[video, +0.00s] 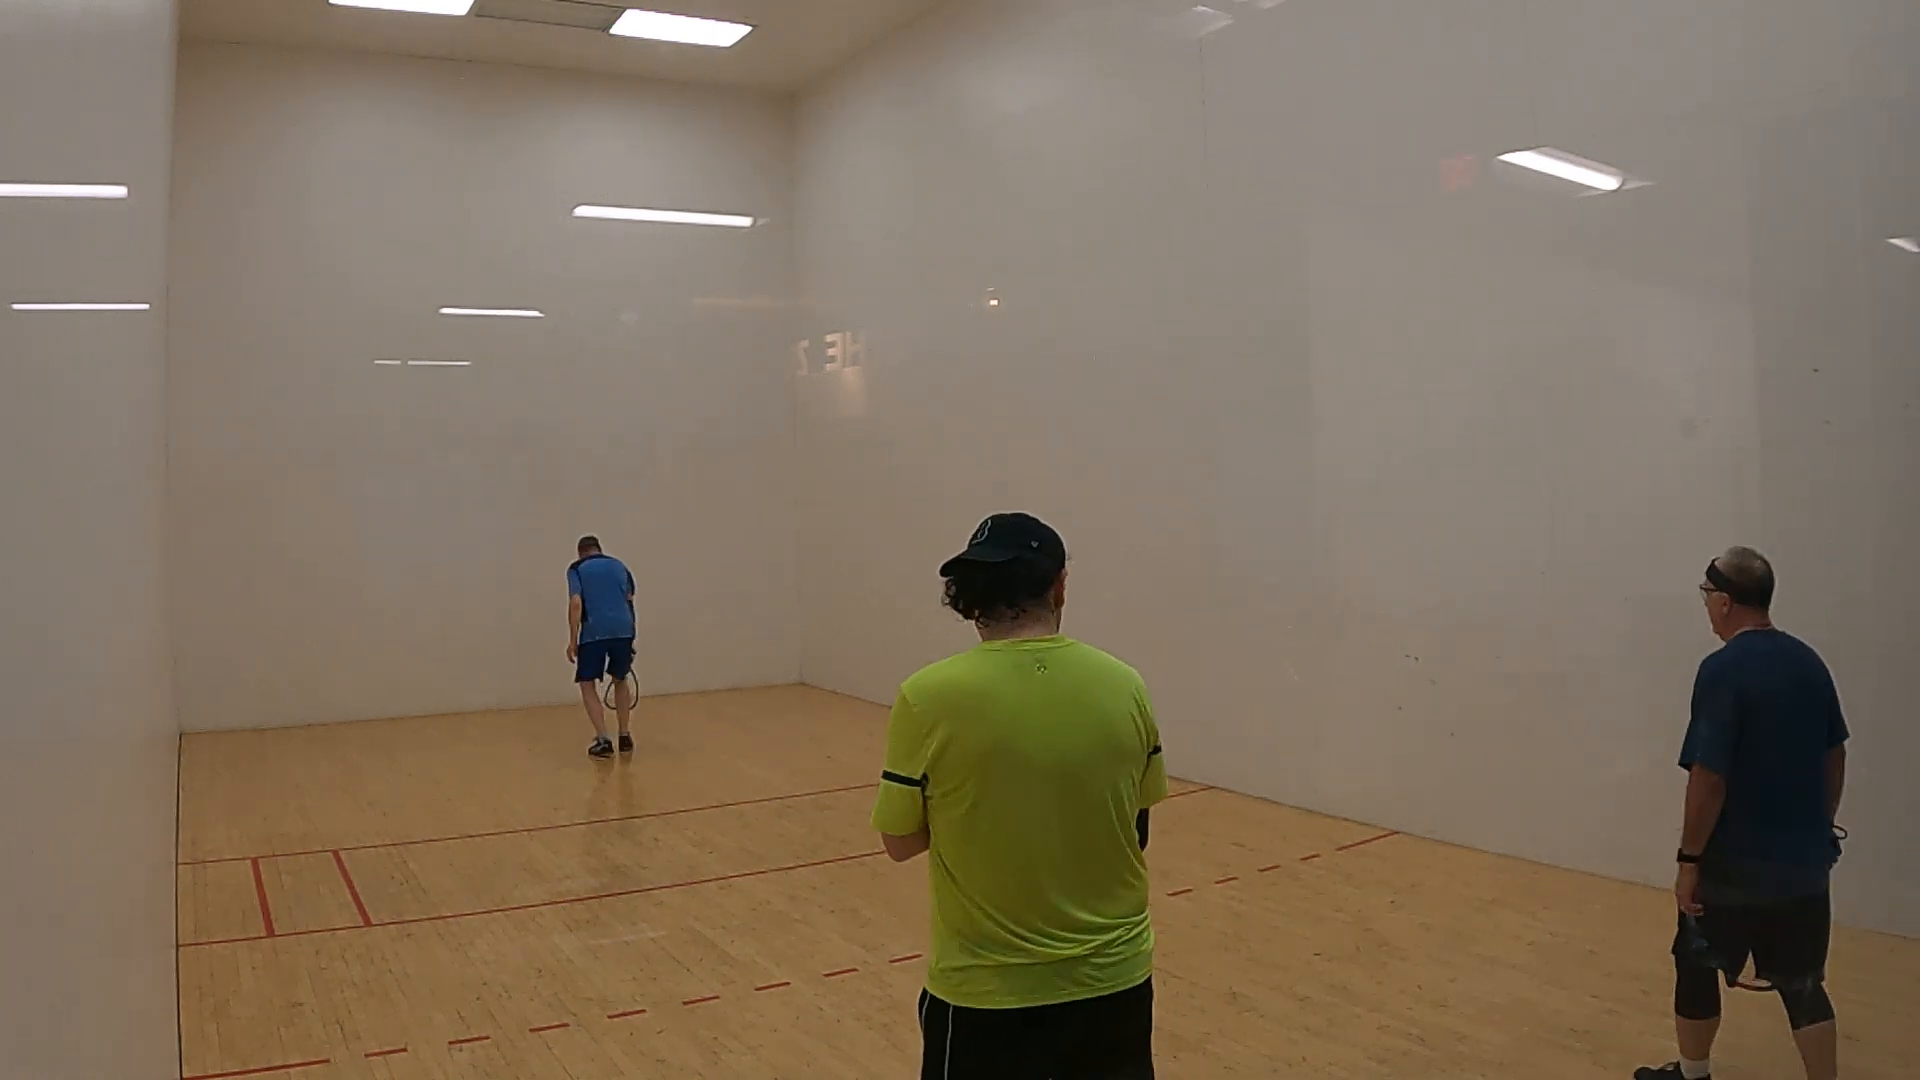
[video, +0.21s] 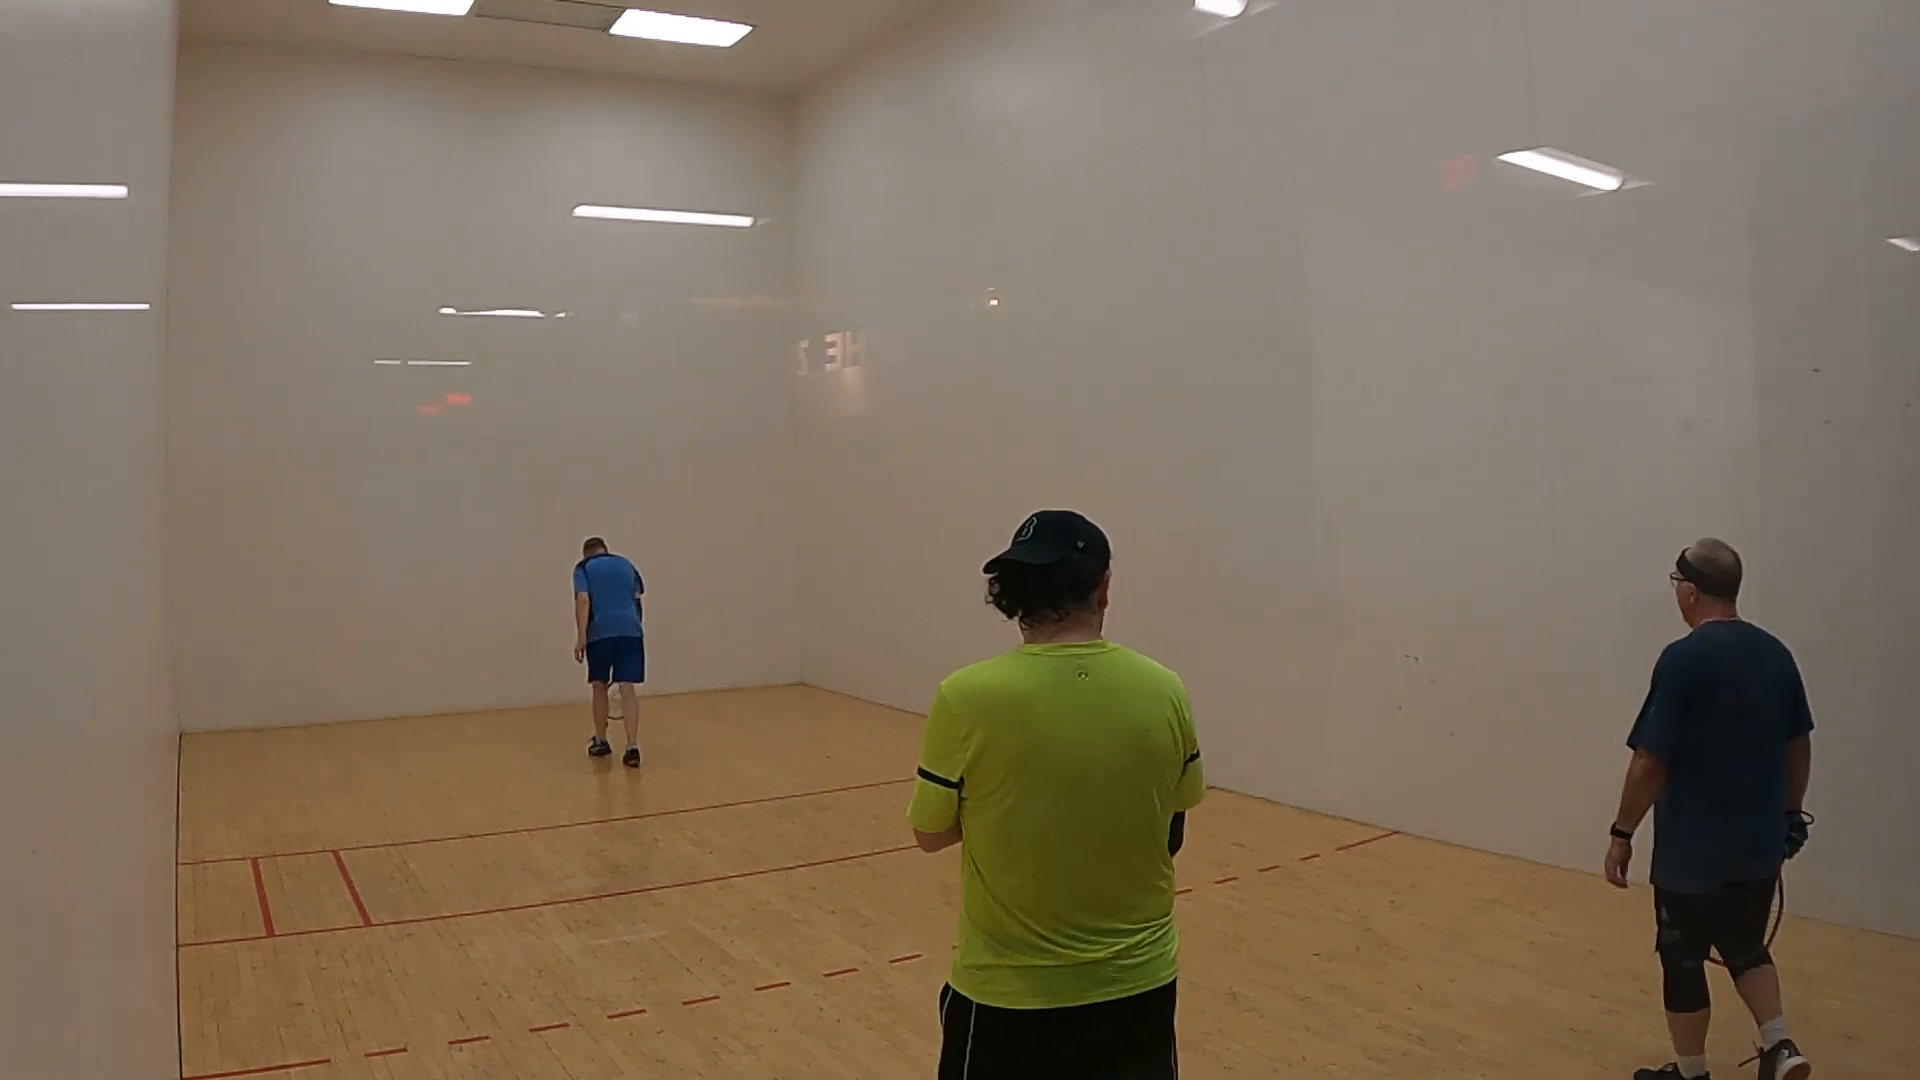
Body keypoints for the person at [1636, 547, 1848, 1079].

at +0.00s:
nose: (1707, 605)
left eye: (1709, 595)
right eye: (1707, 595)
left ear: (1724, 601)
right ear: (1764, 599)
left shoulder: (1722, 669)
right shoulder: (1809, 662)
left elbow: (1707, 778)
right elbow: (1833, 756)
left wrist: (1688, 859)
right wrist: (1821, 829)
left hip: (1733, 862)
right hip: (1802, 863)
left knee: (1695, 957)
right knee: (1802, 983)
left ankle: (1692, 1071)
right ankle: (1825, 1076)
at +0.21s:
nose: (1676, 593)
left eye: (1678, 584)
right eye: (1677, 583)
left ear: (1690, 590)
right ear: (1734, 589)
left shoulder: (1681, 659)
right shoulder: (1775, 654)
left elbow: (1650, 761)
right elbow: (1798, 748)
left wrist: (1622, 832)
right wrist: (1791, 817)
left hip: (1689, 846)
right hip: (1759, 842)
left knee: (1680, 955)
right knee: (1743, 942)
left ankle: (1689, 1069)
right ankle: (1777, 1045)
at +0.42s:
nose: (1646, 588)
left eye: (1648, 581)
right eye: (1648, 579)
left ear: (1659, 589)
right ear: (1704, 586)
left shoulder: (1652, 657)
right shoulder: (1746, 647)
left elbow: (1613, 751)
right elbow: (1771, 736)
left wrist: (1580, 812)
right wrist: (1761, 800)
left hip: (1668, 836)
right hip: (1729, 830)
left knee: (1673, 951)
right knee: (1703, 939)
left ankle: (1689, 1064)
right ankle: (1692, 1040)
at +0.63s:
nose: (1623, 595)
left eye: (1625, 586)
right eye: (1624, 585)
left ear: (1637, 591)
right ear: (1679, 588)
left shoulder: (1633, 656)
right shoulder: (1721, 648)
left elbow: (1603, 750)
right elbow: (1743, 729)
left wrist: (1573, 806)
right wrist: (1734, 796)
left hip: (1646, 832)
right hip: (1706, 828)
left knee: (1659, 942)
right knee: (1657, 928)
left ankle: (1687, 1065)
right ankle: (1629, 1023)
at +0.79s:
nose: (1610, 584)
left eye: (1612, 576)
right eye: (1611, 575)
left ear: (1626, 582)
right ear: (1663, 583)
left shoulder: (1622, 646)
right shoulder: (1699, 643)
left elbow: (1602, 741)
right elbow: (1716, 727)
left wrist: (1579, 811)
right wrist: (1707, 797)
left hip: (1630, 819)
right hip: (1685, 818)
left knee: (1607, 922)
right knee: (1652, 919)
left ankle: (1667, 1045)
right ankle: (1630, 1019)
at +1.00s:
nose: (1584, 579)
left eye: (1587, 571)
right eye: (1586, 570)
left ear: (1602, 577)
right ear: (1636, 578)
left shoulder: (1604, 639)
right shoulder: (1670, 634)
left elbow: (1597, 729)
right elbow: (1683, 716)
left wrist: (1587, 807)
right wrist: (1662, 781)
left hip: (1603, 810)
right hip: (1663, 811)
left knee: (1558, 892)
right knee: (1642, 911)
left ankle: (1594, 1005)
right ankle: (1629, 1025)